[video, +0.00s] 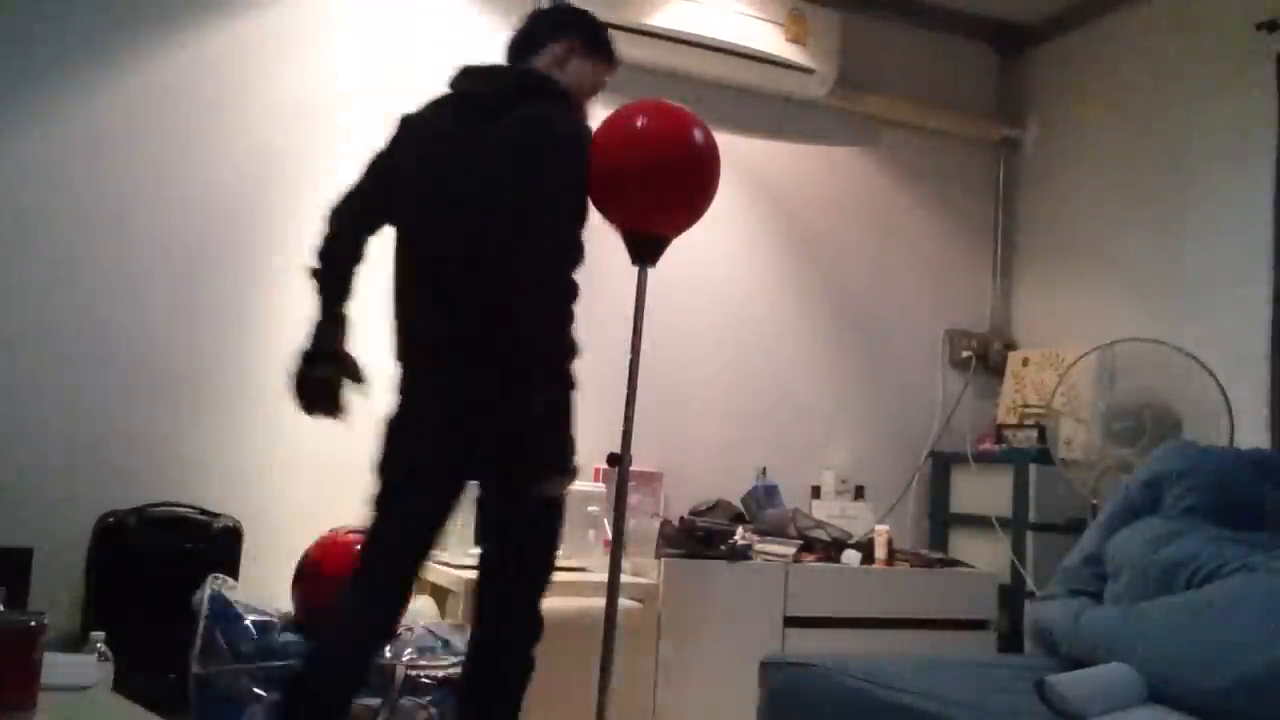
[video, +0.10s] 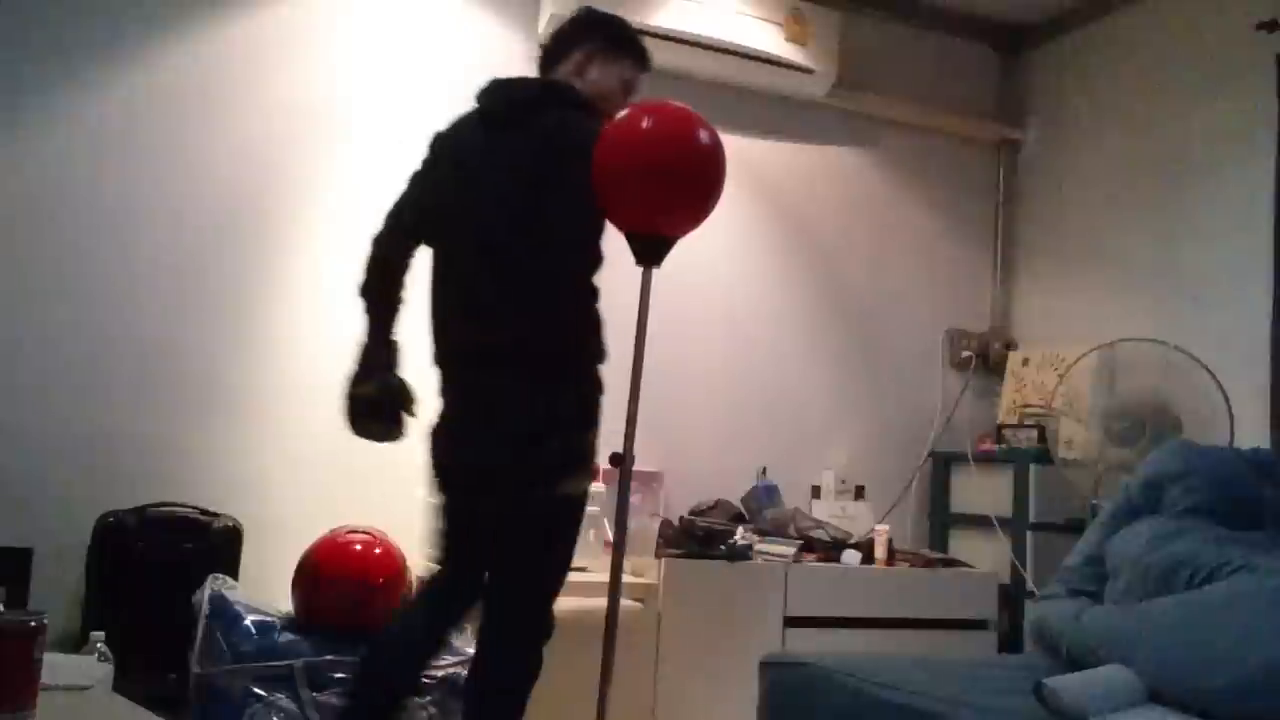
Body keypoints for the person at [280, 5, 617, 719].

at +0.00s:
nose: (589, 103)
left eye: (597, 88)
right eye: (592, 82)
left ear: (526, 55)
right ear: (563, 54)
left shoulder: (433, 123)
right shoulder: (565, 135)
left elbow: (348, 222)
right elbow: (644, 245)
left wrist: (328, 334)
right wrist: (653, 202)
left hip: (430, 392)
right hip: (529, 401)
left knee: (376, 591)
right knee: (509, 616)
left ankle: (312, 707)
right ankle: (484, 715)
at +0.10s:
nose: (625, 102)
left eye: (631, 88)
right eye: (622, 83)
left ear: (561, 64)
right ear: (582, 61)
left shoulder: (468, 134)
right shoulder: (588, 140)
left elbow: (392, 244)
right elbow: (649, 248)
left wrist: (376, 356)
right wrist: (662, 161)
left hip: (468, 402)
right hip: (554, 406)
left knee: (460, 575)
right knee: (522, 609)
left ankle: (365, 705)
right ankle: (490, 716)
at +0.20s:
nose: (650, 101)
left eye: (656, 88)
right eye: (647, 83)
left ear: (585, 68)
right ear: (601, 63)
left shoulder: (501, 142)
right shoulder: (598, 133)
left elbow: (429, 252)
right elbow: (649, 249)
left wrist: (419, 363)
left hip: (503, 386)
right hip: (569, 389)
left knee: (531, 581)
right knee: (542, 587)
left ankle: (464, 708)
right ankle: (482, 711)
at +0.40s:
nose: (694, 115)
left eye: (701, 103)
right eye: (682, 93)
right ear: (633, 80)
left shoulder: (640, 165)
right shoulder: (588, 150)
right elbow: (509, 272)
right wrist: (492, 383)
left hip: (619, 392)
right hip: (574, 390)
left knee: (568, 581)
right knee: (603, 578)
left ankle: (499, 709)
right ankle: (624, 709)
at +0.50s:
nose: (709, 125)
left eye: (720, 113)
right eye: (699, 104)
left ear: (720, 119)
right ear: (656, 94)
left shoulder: (664, 181)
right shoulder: (625, 169)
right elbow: (578, 285)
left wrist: (673, 355)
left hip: (641, 398)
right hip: (611, 397)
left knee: (581, 584)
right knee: (650, 583)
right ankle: (651, 713)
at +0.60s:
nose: (728, 133)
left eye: (741, 121)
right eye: (716, 112)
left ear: (746, 128)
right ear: (676, 102)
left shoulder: (684, 204)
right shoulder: (647, 199)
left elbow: (680, 321)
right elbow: (600, 308)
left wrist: (700, 356)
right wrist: (704, 359)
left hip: (670, 422)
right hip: (638, 423)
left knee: (676, 593)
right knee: (643, 590)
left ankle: (669, 716)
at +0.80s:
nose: (751, 129)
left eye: (767, 117)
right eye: (739, 111)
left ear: (779, 128)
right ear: (705, 111)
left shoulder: (743, 210)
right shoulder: (674, 192)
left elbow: (744, 322)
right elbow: (615, 293)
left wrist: (764, 404)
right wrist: (612, 395)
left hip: (714, 408)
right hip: (670, 405)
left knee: (690, 579)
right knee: (722, 583)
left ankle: (668, 711)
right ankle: (608, 703)